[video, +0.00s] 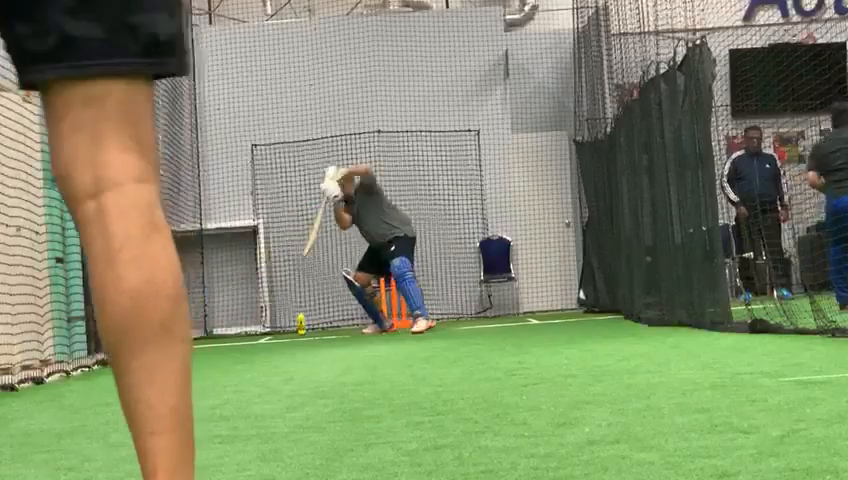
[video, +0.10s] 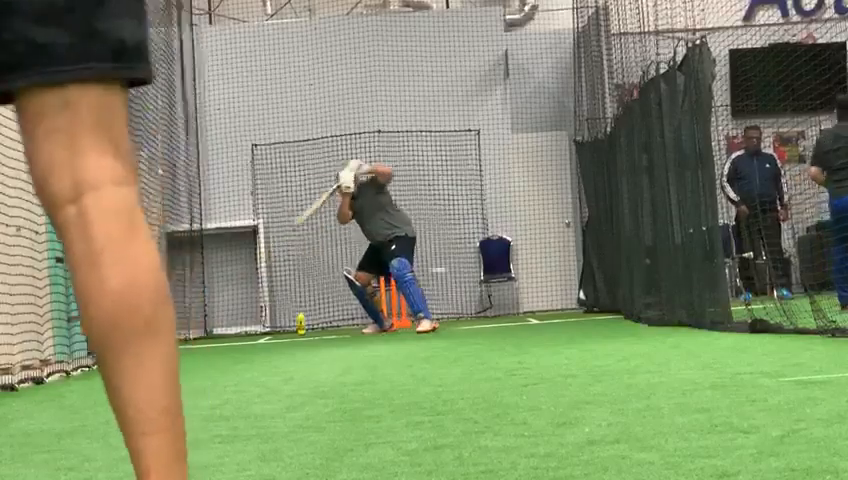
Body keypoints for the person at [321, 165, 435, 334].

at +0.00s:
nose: (342, 187)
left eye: (344, 182)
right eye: (339, 184)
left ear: (352, 181)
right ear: (338, 188)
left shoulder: (367, 191)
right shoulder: (349, 206)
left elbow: (366, 170)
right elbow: (344, 224)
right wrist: (336, 200)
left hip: (400, 235)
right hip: (379, 244)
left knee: (400, 268)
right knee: (358, 281)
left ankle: (421, 317)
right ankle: (381, 323)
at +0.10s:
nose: (349, 181)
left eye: (350, 177)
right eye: (345, 180)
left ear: (357, 177)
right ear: (343, 184)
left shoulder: (372, 186)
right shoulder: (350, 202)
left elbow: (387, 172)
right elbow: (343, 219)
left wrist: (365, 169)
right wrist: (346, 195)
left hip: (400, 234)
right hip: (379, 242)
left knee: (399, 269)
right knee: (360, 280)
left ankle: (425, 318)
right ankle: (381, 323)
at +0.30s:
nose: (363, 182)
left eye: (365, 177)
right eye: (359, 180)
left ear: (372, 175)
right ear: (357, 182)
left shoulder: (386, 185)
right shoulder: (361, 197)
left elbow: (405, 191)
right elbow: (347, 209)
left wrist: (384, 181)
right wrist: (352, 185)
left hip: (407, 236)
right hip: (385, 242)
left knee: (402, 269)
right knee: (363, 281)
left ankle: (426, 319)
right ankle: (381, 323)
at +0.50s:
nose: (373, 174)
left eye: (375, 170)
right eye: (371, 171)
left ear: (387, 166)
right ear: (371, 171)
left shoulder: (405, 181)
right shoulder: (378, 187)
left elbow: (409, 202)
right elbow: (368, 214)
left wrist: (382, 199)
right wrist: (364, 197)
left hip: (419, 234)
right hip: (398, 239)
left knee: (406, 265)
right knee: (376, 267)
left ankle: (428, 321)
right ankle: (382, 321)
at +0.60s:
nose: (387, 165)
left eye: (390, 161)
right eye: (385, 162)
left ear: (400, 158)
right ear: (382, 163)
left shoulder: (415, 176)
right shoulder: (385, 184)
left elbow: (419, 202)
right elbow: (379, 205)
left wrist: (397, 212)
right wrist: (373, 211)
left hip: (424, 229)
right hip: (403, 233)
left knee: (412, 265)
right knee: (385, 267)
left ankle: (428, 321)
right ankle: (384, 318)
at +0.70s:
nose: (401, 159)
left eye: (404, 155)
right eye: (397, 157)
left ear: (412, 151)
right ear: (393, 157)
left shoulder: (425, 171)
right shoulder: (393, 177)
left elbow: (431, 199)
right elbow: (389, 201)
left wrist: (416, 217)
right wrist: (387, 221)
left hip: (428, 226)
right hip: (406, 227)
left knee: (419, 263)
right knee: (388, 265)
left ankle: (428, 320)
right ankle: (403, 316)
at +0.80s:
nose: (416, 156)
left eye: (418, 152)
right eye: (411, 153)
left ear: (424, 149)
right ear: (405, 153)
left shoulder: (434, 169)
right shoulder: (399, 173)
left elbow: (438, 197)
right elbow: (396, 203)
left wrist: (431, 218)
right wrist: (390, 228)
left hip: (433, 227)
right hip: (410, 227)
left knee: (426, 269)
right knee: (400, 271)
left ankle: (430, 318)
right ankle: (426, 308)